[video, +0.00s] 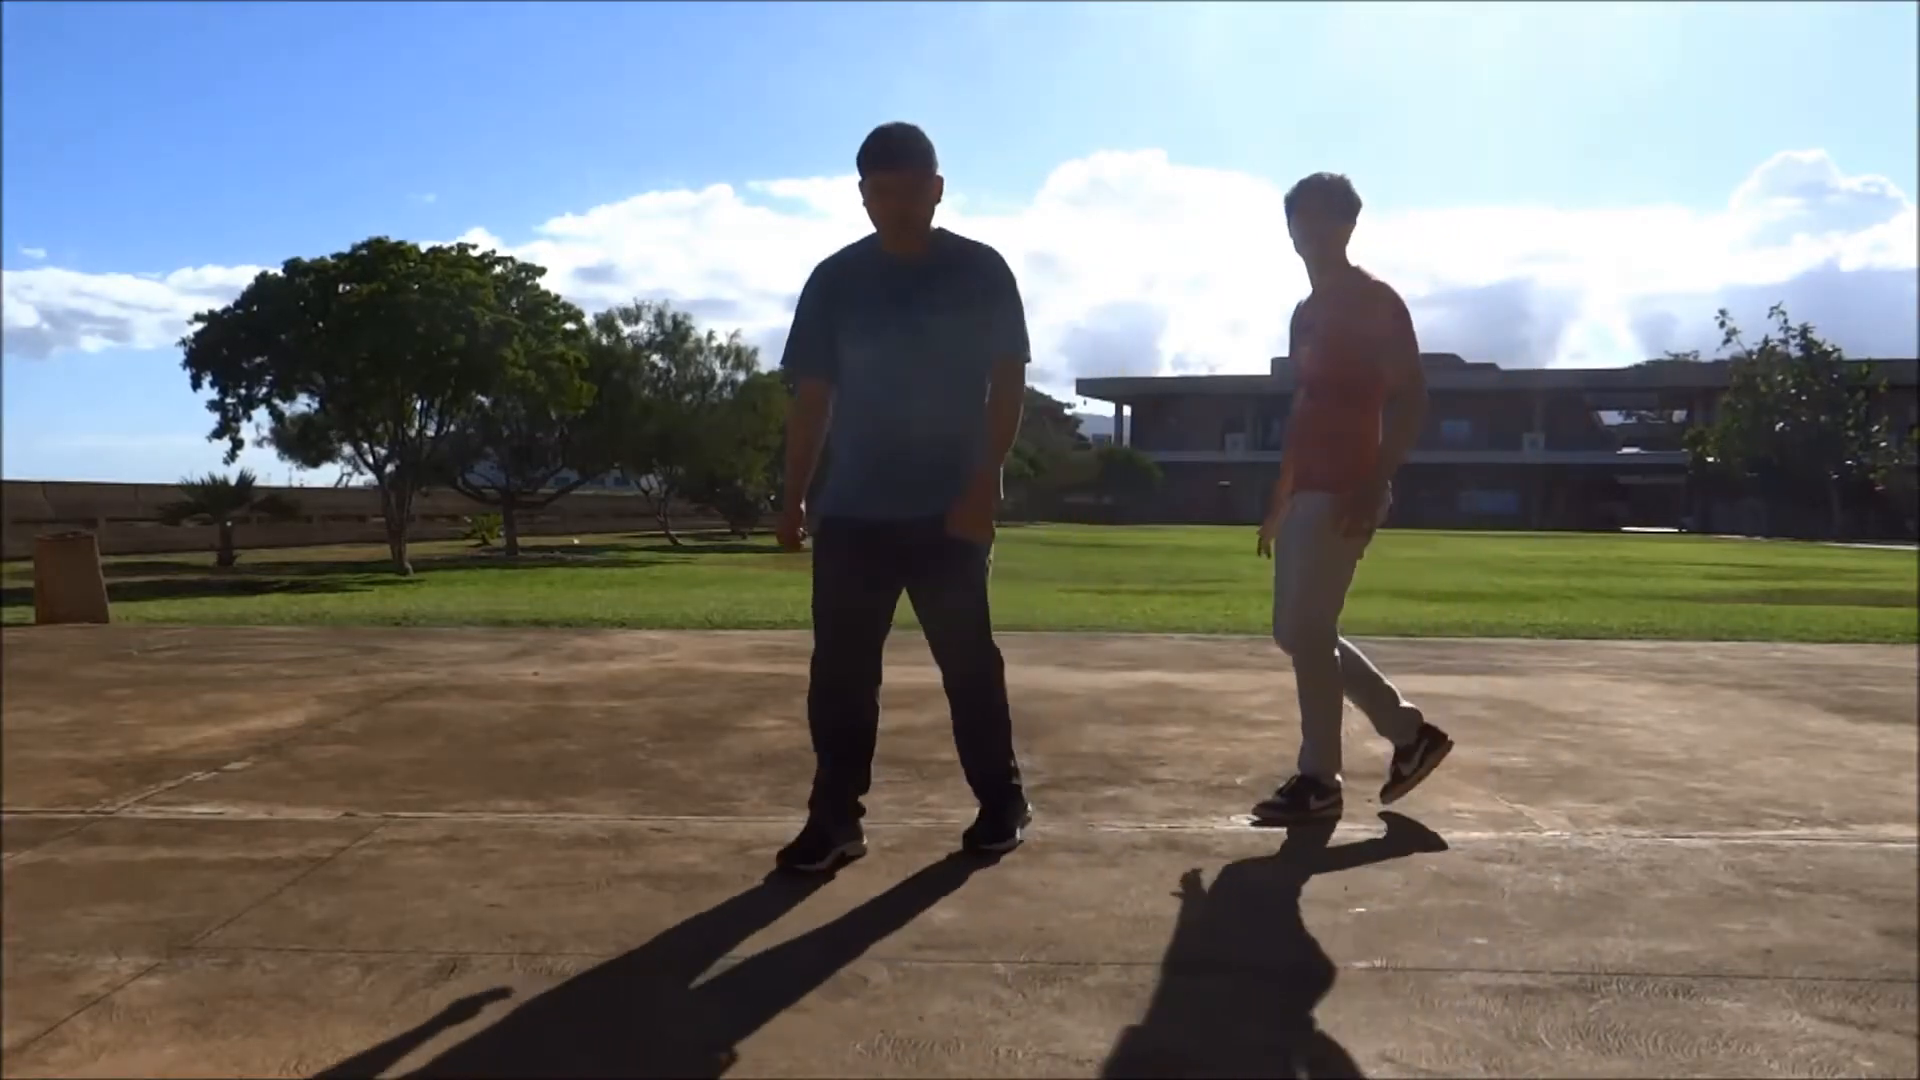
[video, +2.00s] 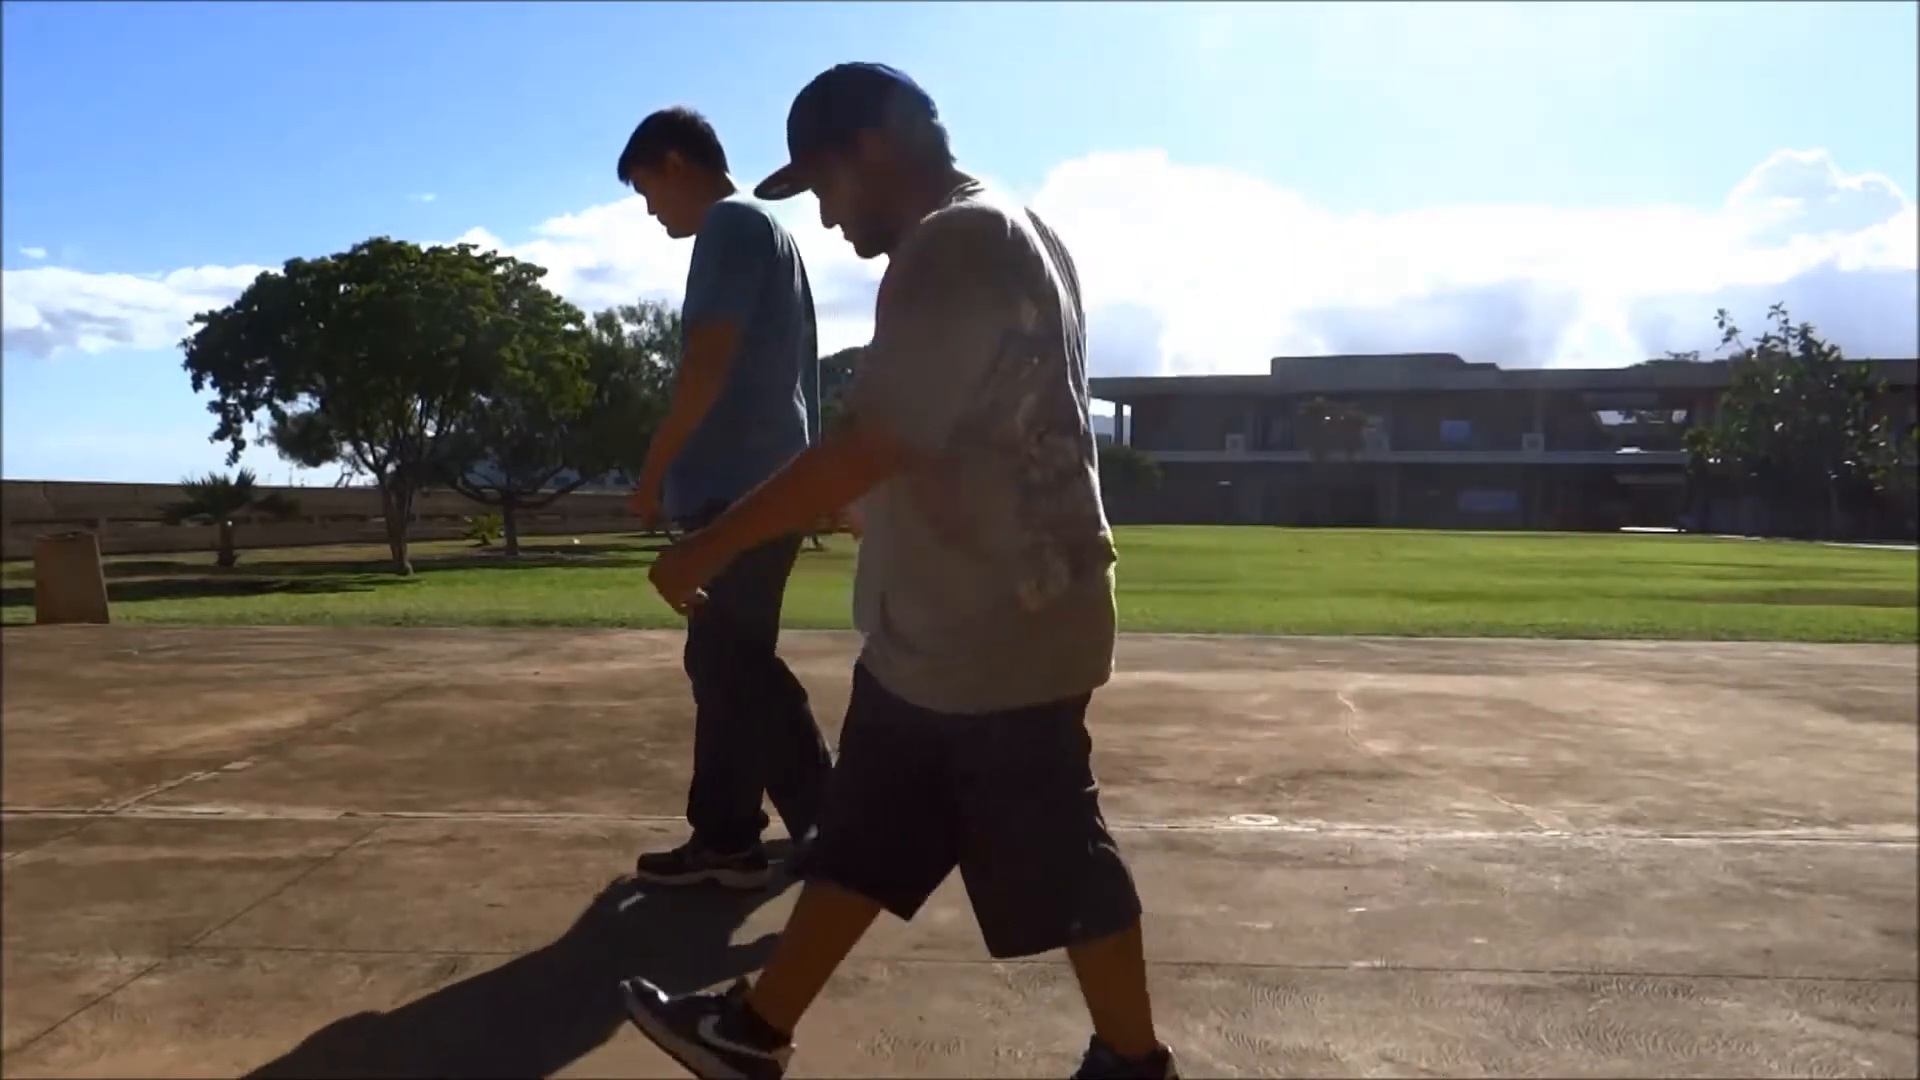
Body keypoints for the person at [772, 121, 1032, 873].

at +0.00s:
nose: (892, 202)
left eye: (906, 186)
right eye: (878, 188)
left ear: (936, 185)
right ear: (861, 192)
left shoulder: (981, 271)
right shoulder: (833, 279)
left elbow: (1009, 380)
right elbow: (811, 395)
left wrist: (985, 481)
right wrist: (794, 492)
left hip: (948, 510)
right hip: (852, 513)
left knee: (969, 666)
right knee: (839, 674)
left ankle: (1000, 802)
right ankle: (834, 819)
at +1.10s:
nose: (776, 191)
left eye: (780, 171)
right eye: (770, 176)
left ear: (831, 147)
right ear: (811, 160)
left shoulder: (920, 234)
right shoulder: (800, 255)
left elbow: (951, 367)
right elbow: (778, 379)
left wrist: (930, 487)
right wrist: (746, 487)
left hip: (886, 502)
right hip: (802, 505)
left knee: (881, 673)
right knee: (778, 656)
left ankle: (889, 866)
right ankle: (817, 810)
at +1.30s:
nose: (760, 191)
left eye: (759, 170)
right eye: (753, 175)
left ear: (798, 147)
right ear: (797, 152)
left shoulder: (881, 219)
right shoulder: (812, 252)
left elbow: (880, 348)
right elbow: (809, 386)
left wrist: (840, 462)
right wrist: (778, 493)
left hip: (876, 499)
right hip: (814, 502)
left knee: (878, 676)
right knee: (780, 662)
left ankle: (887, 871)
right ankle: (750, 829)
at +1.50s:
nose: (741, 202)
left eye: (736, 180)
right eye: (732, 186)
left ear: (768, 151)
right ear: (783, 149)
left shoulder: (835, 213)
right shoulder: (849, 228)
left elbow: (807, 346)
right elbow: (853, 371)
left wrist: (734, 458)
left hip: (848, 502)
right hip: (813, 504)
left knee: (864, 682)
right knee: (770, 665)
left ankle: (885, 871)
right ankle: (729, 832)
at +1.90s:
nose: (666, 208)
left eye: (663, 189)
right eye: (659, 194)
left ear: (695, 164)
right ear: (717, 163)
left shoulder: (749, 223)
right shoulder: (777, 230)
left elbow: (729, 356)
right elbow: (800, 372)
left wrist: (667, 470)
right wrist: (714, 476)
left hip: (761, 496)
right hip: (759, 494)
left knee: (779, 669)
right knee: (726, 665)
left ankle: (867, 853)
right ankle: (727, 841)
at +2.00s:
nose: (651, 213)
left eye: (648, 193)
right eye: (644, 198)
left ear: (679, 166)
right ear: (697, 164)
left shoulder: (731, 227)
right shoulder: (764, 232)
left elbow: (710, 362)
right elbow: (786, 372)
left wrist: (652, 472)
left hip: (738, 491)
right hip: (765, 486)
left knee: (726, 657)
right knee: (734, 656)